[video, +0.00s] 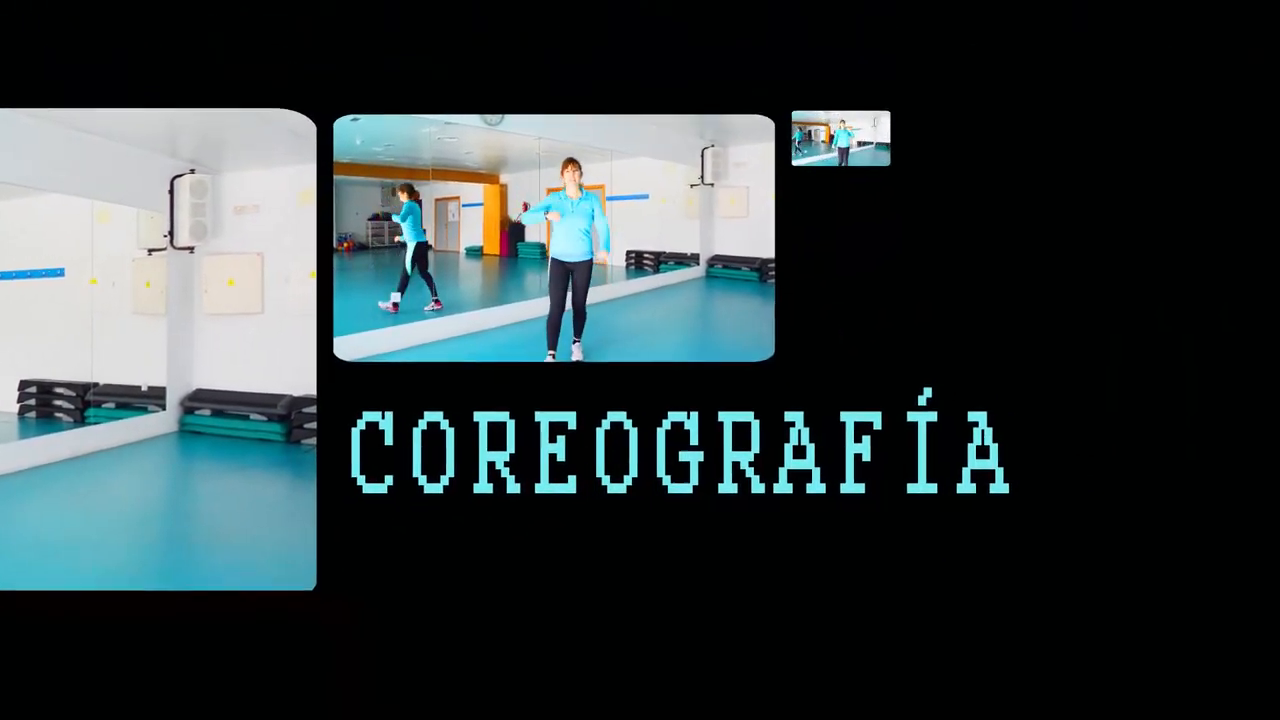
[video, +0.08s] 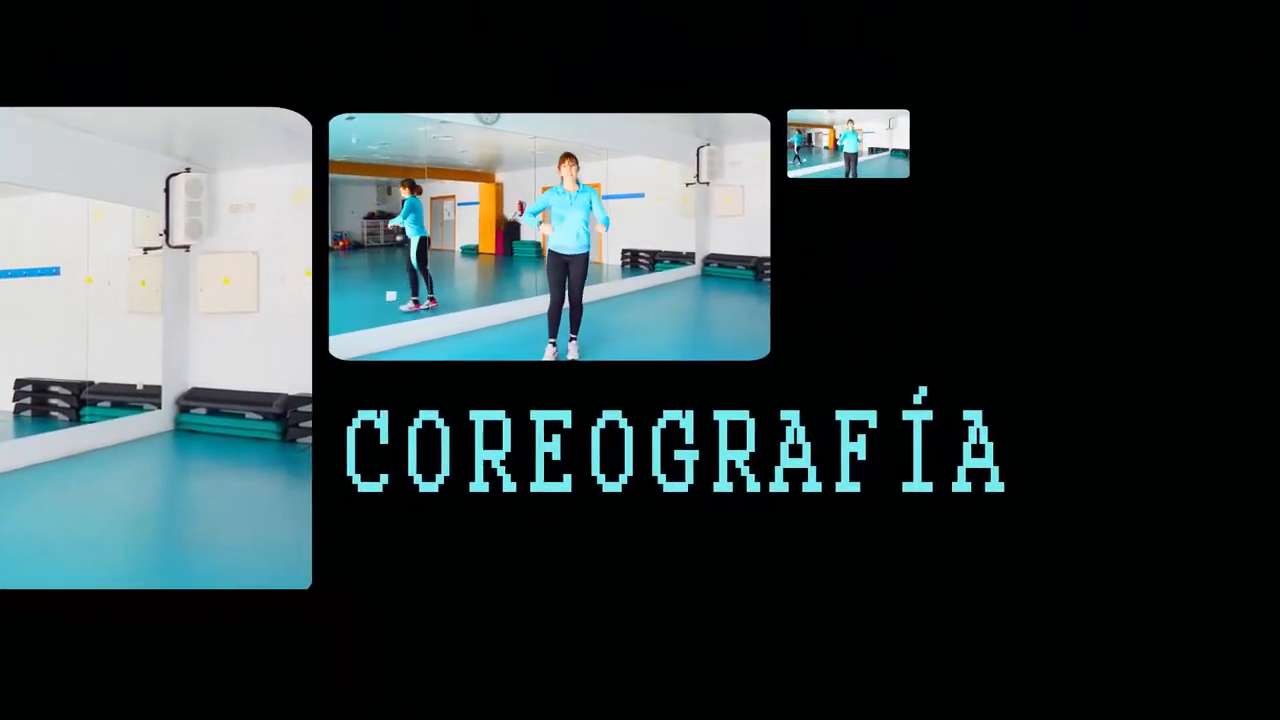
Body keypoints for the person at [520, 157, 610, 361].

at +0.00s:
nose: (572, 174)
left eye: (575, 171)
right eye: (568, 171)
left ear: (581, 174)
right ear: (562, 175)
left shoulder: (592, 199)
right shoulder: (553, 199)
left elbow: (602, 224)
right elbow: (524, 218)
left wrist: (604, 248)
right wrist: (545, 215)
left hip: (583, 261)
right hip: (558, 260)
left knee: (579, 305)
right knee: (556, 307)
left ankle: (577, 343)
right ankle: (551, 353)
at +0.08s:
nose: (570, 169)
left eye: (573, 165)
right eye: (565, 166)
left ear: (578, 168)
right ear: (559, 170)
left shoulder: (589, 193)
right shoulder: (551, 194)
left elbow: (603, 217)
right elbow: (527, 215)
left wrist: (603, 225)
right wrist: (541, 225)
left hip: (580, 253)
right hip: (556, 252)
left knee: (575, 299)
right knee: (556, 299)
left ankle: (573, 342)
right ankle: (551, 344)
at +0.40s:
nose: (552, 181)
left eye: (555, 178)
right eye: (549, 179)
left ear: (561, 181)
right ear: (544, 183)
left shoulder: (569, 202)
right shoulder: (537, 202)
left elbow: (575, 218)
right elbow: (520, 216)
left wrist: (575, 224)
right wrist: (510, 230)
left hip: (563, 253)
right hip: (543, 254)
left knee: (559, 294)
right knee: (551, 292)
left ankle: (551, 334)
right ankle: (557, 317)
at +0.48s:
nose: (547, 175)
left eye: (549, 172)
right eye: (543, 173)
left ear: (554, 175)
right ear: (538, 177)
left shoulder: (563, 195)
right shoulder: (531, 197)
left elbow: (567, 213)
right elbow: (517, 218)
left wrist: (567, 225)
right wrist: (524, 232)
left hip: (559, 247)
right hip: (538, 248)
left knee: (556, 286)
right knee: (544, 285)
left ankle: (551, 328)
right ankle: (549, 314)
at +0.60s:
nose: (537, 164)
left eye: (539, 161)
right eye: (533, 162)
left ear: (544, 163)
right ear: (528, 166)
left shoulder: (553, 184)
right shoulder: (523, 187)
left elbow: (557, 207)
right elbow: (523, 217)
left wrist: (561, 224)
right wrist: (550, 219)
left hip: (549, 235)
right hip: (529, 236)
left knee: (550, 274)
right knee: (534, 273)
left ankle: (552, 313)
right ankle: (536, 308)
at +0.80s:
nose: (513, 164)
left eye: (516, 159)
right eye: (511, 161)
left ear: (525, 161)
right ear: (509, 164)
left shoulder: (536, 179)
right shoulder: (509, 182)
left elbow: (542, 200)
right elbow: (527, 201)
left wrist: (552, 217)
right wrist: (545, 190)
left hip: (534, 232)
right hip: (514, 232)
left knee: (539, 271)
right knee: (518, 269)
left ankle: (555, 301)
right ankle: (521, 301)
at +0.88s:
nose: (503, 158)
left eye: (506, 154)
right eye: (502, 154)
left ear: (516, 154)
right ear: (503, 157)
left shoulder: (530, 171)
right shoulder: (502, 175)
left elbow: (537, 193)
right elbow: (518, 192)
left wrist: (545, 212)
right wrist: (544, 186)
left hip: (529, 224)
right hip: (508, 225)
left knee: (536, 262)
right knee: (512, 261)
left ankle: (548, 297)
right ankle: (514, 296)